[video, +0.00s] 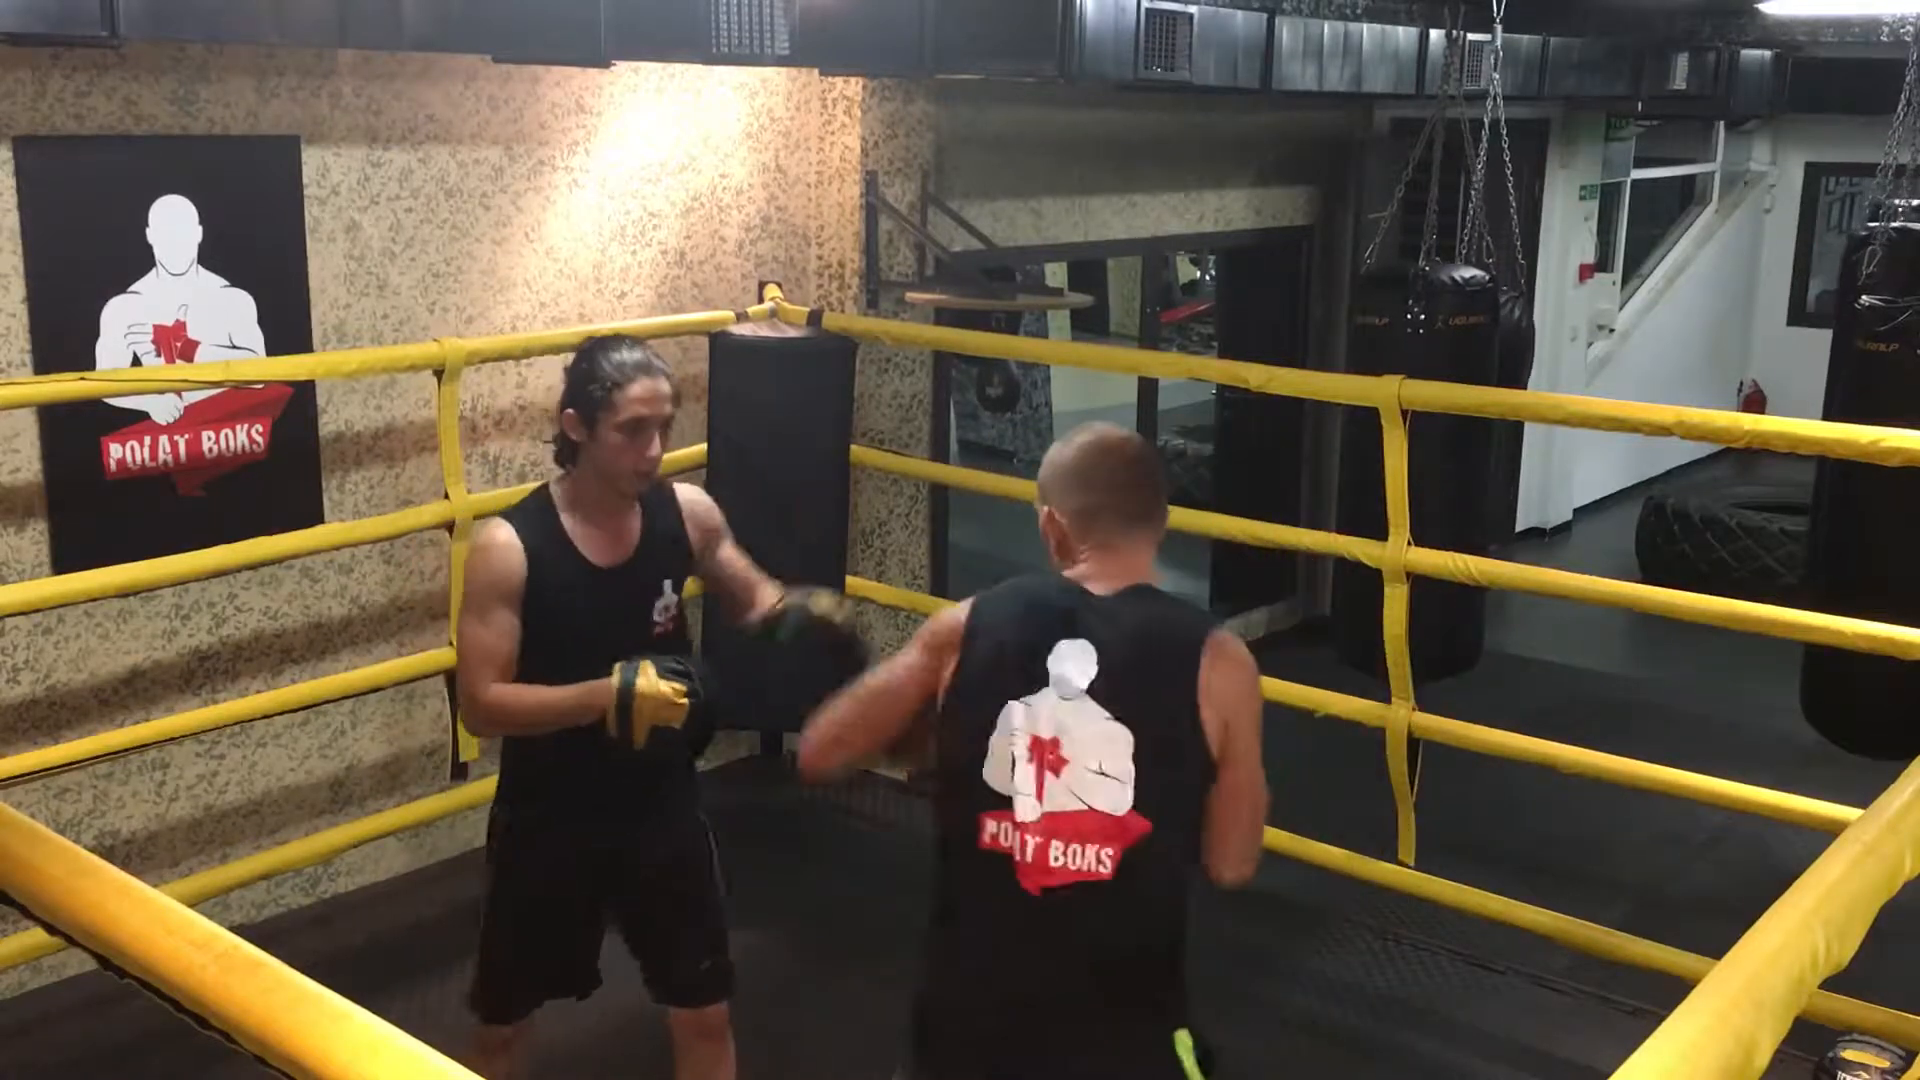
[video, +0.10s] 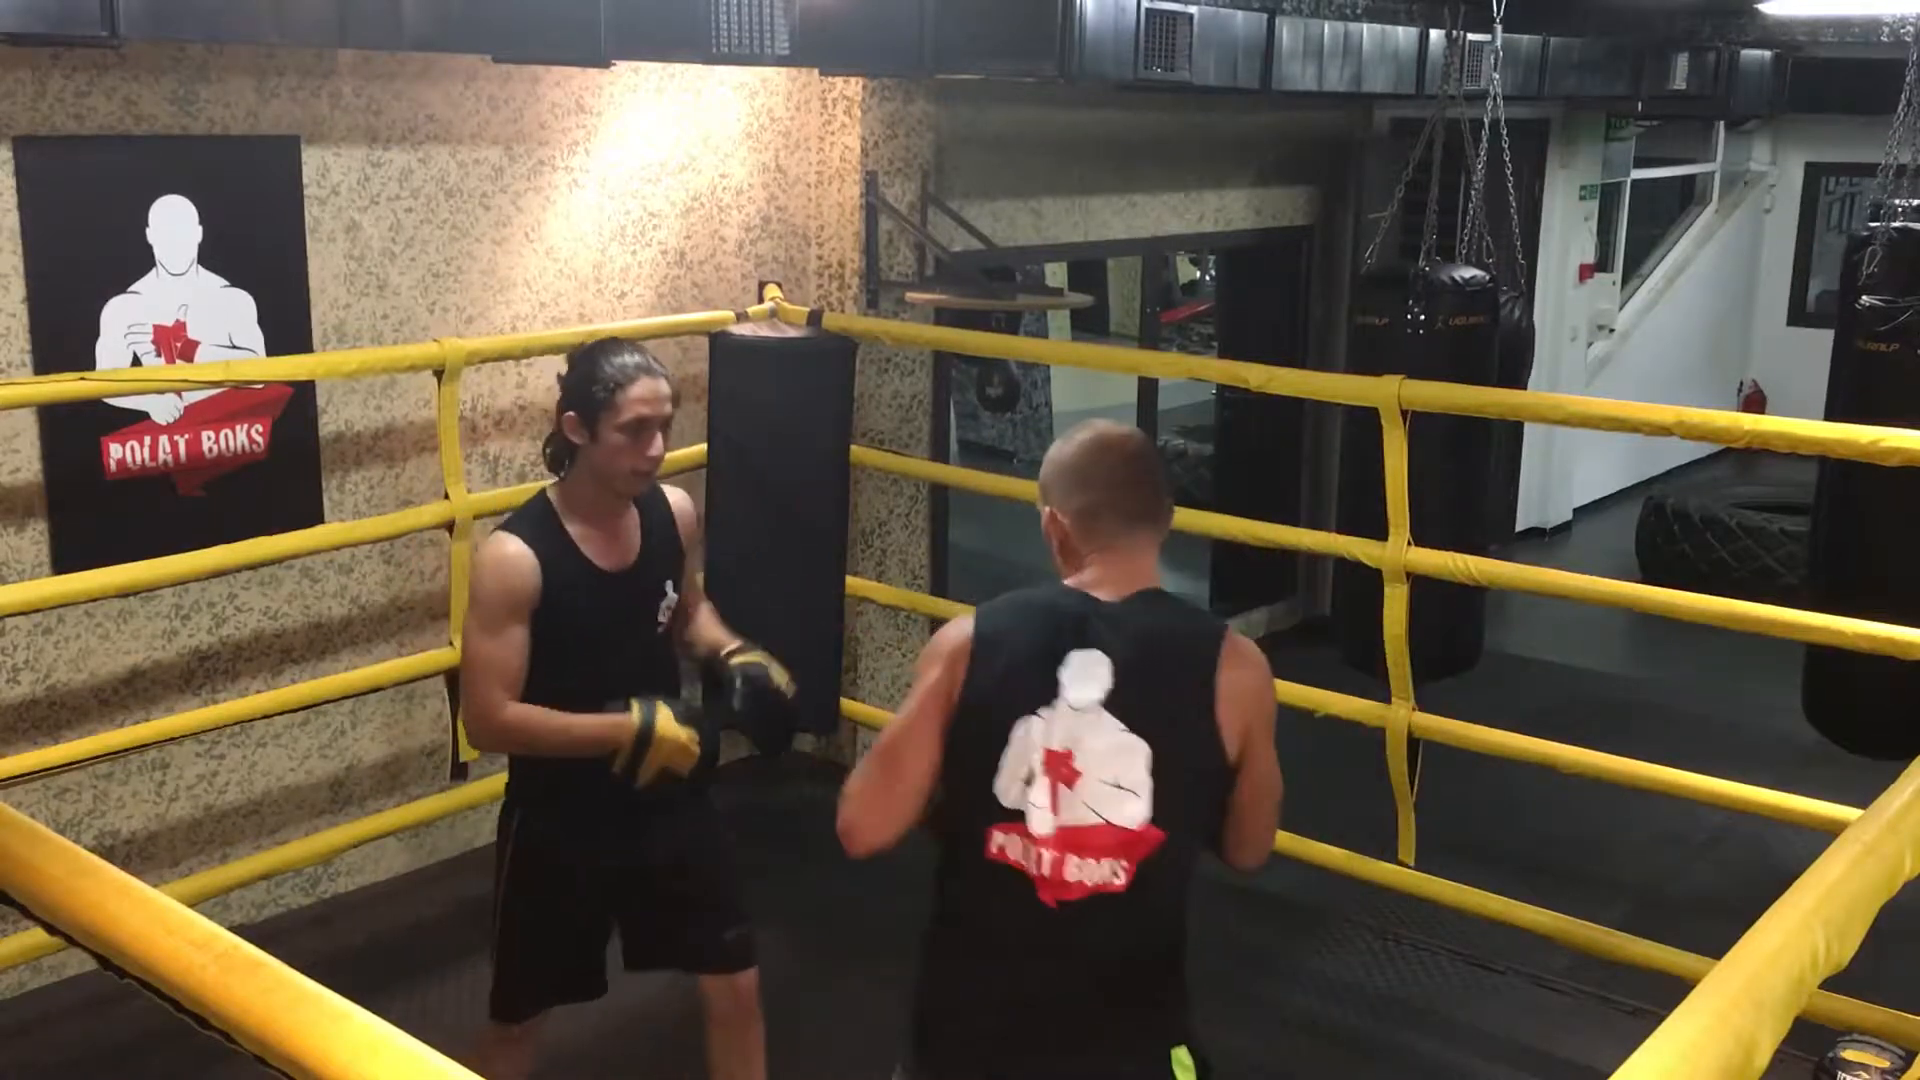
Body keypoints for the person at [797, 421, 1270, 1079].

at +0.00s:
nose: (1045, 533)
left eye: (1041, 520)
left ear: (1054, 529)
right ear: (1160, 521)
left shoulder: (965, 628)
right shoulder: (1220, 662)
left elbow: (818, 754)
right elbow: (1233, 863)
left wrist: (932, 728)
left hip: (973, 1017)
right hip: (1126, 1027)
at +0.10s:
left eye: (1045, 522)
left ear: (1055, 530)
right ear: (1164, 523)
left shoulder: (971, 642)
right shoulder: (1234, 664)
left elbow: (862, 827)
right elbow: (1249, 848)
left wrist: (960, 772)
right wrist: (1171, 766)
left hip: (975, 1023)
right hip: (1131, 1031)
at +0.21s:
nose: (1064, 566)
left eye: (1064, 553)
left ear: (1081, 558)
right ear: (1186, 550)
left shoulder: (1005, 676)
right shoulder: (1279, 702)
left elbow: (867, 851)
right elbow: (1257, 839)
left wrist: (889, 742)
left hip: (1002, 1040)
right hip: (1166, 1048)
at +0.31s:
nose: (1100, 612)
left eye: (1100, 594)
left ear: (1122, 601)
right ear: (1230, 585)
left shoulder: (1052, 709)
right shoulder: (1324, 752)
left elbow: (900, 880)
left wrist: (900, 758)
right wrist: (1115, 682)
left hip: (1036, 1050)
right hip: (1200, 1057)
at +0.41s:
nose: (1118, 594)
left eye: (1117, 578)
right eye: (1116, 580)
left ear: (1134, 572)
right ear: (1242, 563)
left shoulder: (1067, 688)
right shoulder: (1336, 729)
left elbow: (935, 881)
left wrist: (918, 757)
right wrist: (1125, 676)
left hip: (1047, 1045)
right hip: (1217, 1055)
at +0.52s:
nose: (1101, 570)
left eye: (1098, 551)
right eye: (1097, 552)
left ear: (1117, 551)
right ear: (1223, 539)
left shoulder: (1049, 672)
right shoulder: (1330, 699)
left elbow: (907, 855)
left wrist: (887, 730)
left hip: (1049, 1038)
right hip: (1220, 1050)